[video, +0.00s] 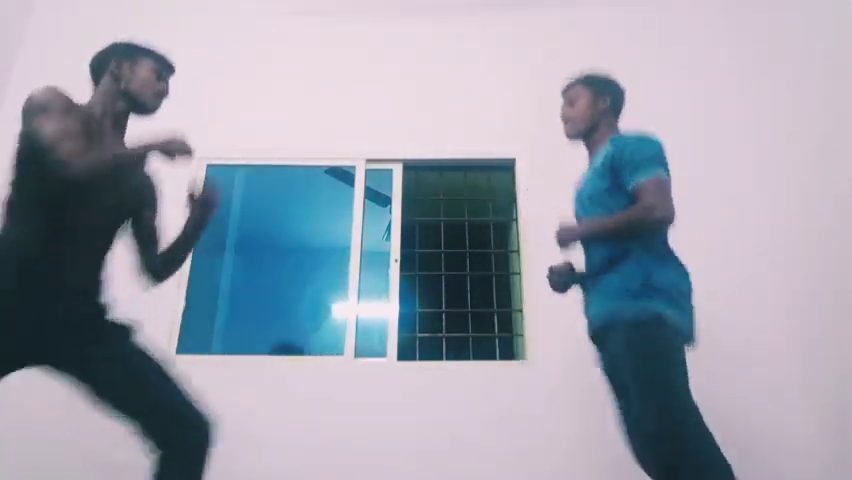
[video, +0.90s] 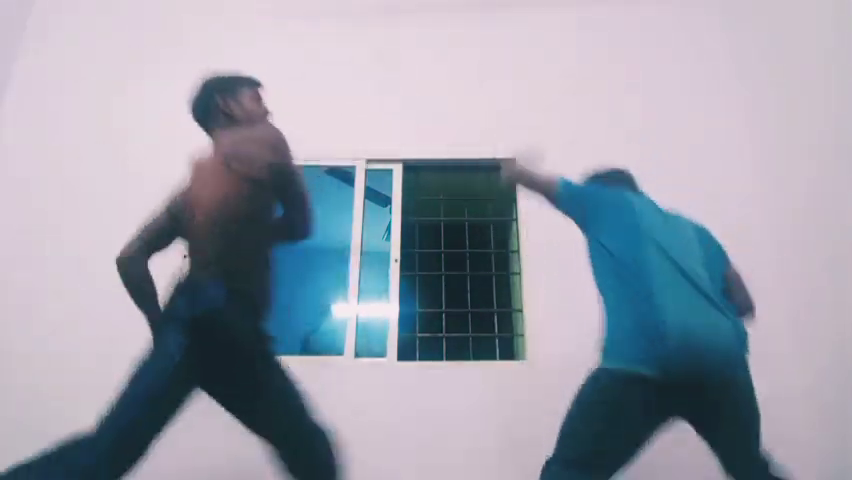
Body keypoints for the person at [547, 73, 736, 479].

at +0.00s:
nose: (563, 111)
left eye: (572, 101)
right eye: (563, 104)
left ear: (604, 105)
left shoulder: (634, 146)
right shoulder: (592, 178)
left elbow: (659, 208)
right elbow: (621, 256)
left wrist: (584, 230)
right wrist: (577, 273)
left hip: (645, 310)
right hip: (612, 319)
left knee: (670, 429)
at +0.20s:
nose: (562, 138)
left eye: (570, 128)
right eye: (563, 131)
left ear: (601, 130)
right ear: (599, 134)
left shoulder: (620, 166)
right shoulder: (619, 179)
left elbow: (646, 218)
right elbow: (642, 279)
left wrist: (580, 233)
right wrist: (588, 277)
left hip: (648, 318)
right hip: (679, 324)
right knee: (688, 453)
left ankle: (654, 473)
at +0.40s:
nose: (552, 121)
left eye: (558, 109)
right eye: (551, 112)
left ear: (588, 107)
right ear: (597, 112)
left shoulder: (590, 135)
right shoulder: (645, 161)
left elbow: (598, 186)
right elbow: (645, 231)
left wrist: (560, 220)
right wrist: (592, 251)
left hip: (619, 299)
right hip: (679, 305)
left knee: (592, 420)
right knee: (679, 428)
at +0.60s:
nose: (548, 144)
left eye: (555, 131)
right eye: (548, 133)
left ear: (584, 130)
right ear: (594, 134)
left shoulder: (579, 159)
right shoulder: (654, 183)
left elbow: (575, 215)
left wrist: (542, 246)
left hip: (605, 323)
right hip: (675, 327)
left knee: (580, 447)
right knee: (693, 445)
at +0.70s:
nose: (548, 142)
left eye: (553, 134)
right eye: (548, 136)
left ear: (579, 126)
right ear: (602, 129)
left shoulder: (577, 148)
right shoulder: (661, 166)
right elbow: (711, 239)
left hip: (618, 302)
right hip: (692, 303)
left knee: (578, 434)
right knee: (722, 432)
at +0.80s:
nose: (562, 165)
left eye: (565, 158)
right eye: (562, 158)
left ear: (574, 153)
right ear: (609, 149)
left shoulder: (578, 162)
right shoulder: (669, 186)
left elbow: (492, 146)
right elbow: (729, 248)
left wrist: (489, 139)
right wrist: (671, 263)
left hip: (626, 317)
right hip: (704, 317)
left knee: (582, 435)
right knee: (743, 430)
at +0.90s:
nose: (586, 204)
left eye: (588, 196)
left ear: (599, 192)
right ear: (634, 189)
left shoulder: (603, 201)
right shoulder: (695, 230)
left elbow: (534, 180)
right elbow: (743, 303)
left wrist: (514, 171)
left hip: (641, 367)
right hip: (721, 372)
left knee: (568, 472)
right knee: (752, 467)